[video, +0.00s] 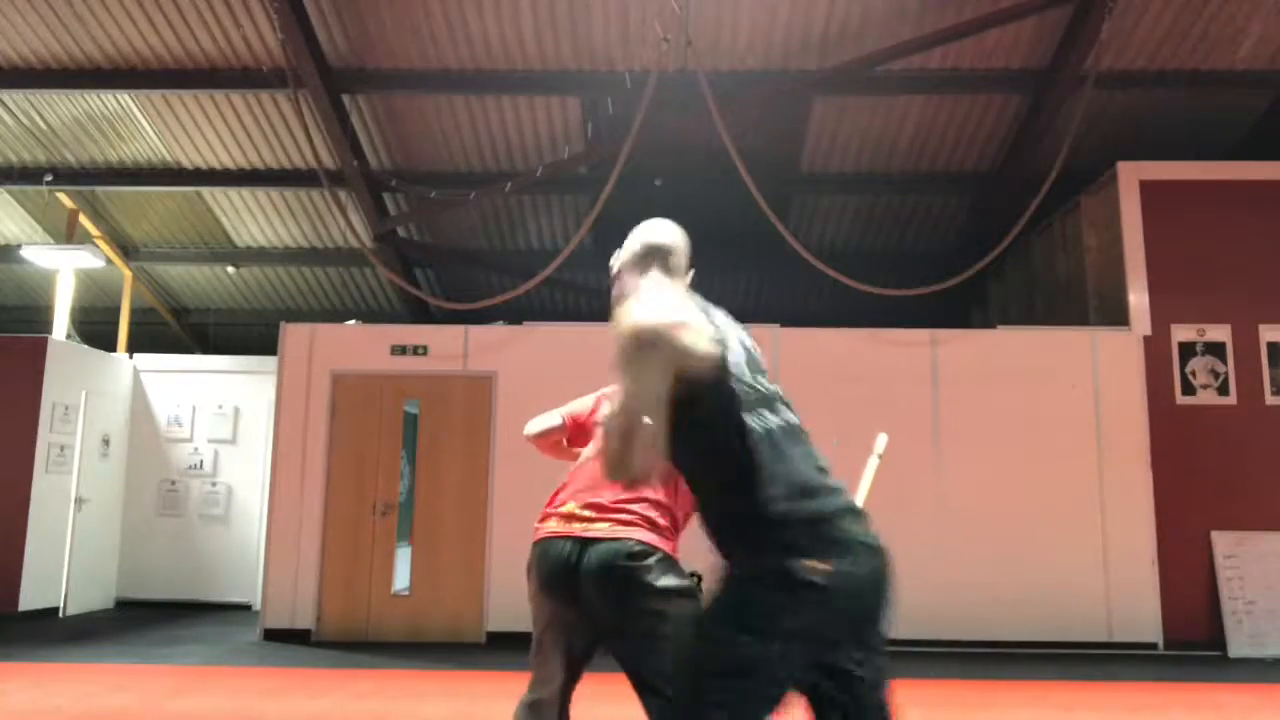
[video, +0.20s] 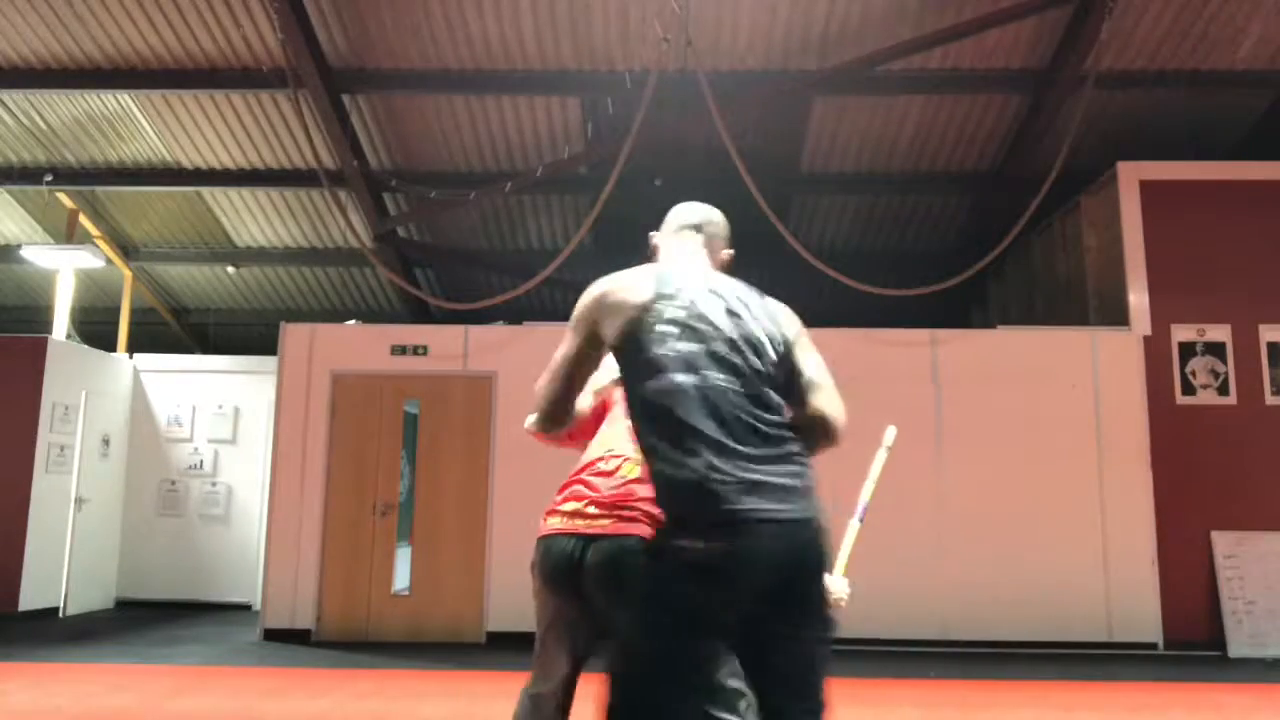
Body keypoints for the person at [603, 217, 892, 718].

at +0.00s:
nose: (613, 289)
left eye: (614, 275)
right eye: (614, 276)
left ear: (627, 268)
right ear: (681, 271)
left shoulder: (647, 317)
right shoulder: (717, 321)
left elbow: (630, 465)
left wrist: (618, 406)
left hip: (789, 572)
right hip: (851, 561)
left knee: (701, 707)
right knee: (855, 709)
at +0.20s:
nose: (655, 248)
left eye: (656, 241)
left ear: (656, 243)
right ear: (725, 254)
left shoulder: (614, 293)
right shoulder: (777, 313)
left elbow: (547, 418)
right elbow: (828, 421)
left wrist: (597, 398)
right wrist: (753, 421)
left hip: (698, 542)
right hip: (794, 544)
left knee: (646, 707)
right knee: (794, 708)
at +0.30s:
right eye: (741, 255)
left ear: (673, 255)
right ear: (741, 263)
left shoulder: (618, 303)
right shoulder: (778, 307)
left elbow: (544, 417)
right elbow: (817, 395)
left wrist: (609, 415)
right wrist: (781, 479)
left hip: (647, 536)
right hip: (753, 540)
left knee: (599, 702)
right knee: (763, 704)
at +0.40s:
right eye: (742, 266)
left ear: (677, 267)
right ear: (743, 272)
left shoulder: (626, 312)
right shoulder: (771, 306)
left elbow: (562, 419)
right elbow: (810, 376)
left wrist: (601, 430)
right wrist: (814, 464)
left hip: (625, 544)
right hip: (728, 548)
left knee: (582, 702)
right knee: (755, 704)